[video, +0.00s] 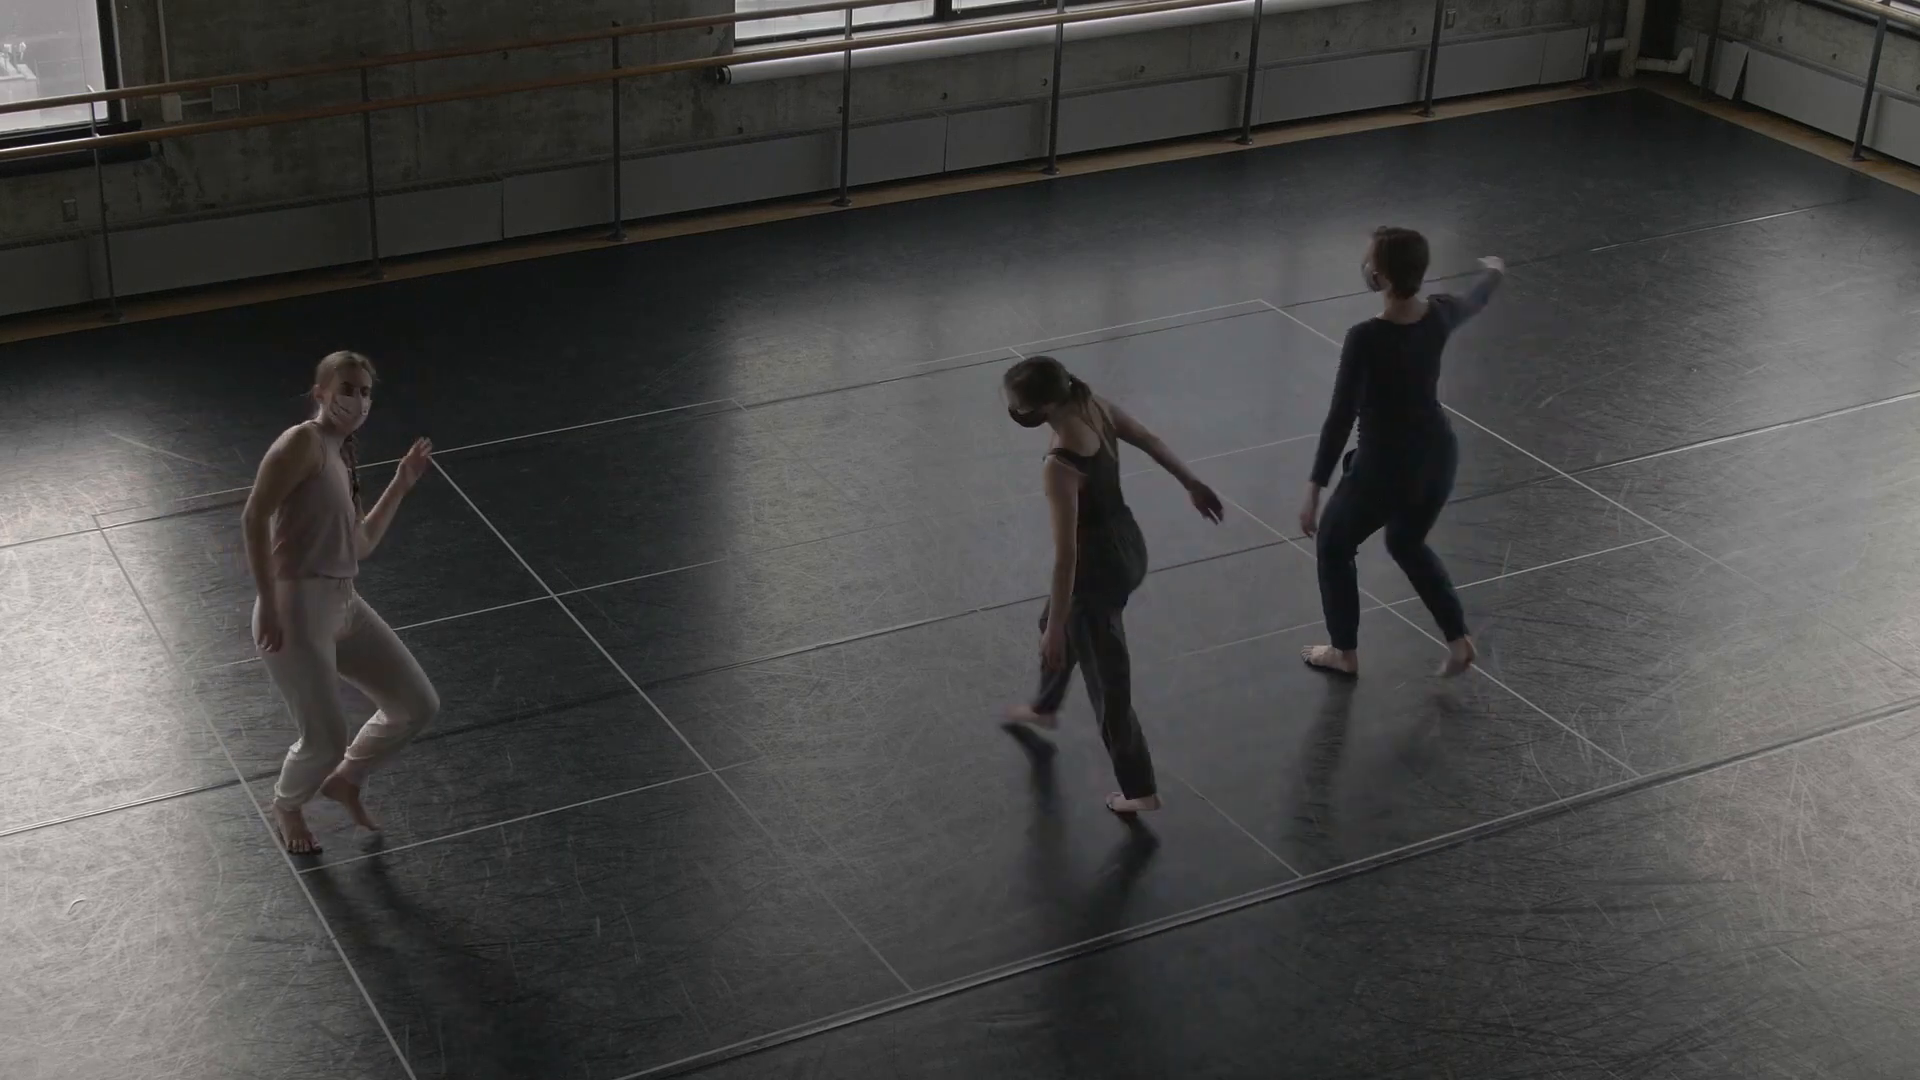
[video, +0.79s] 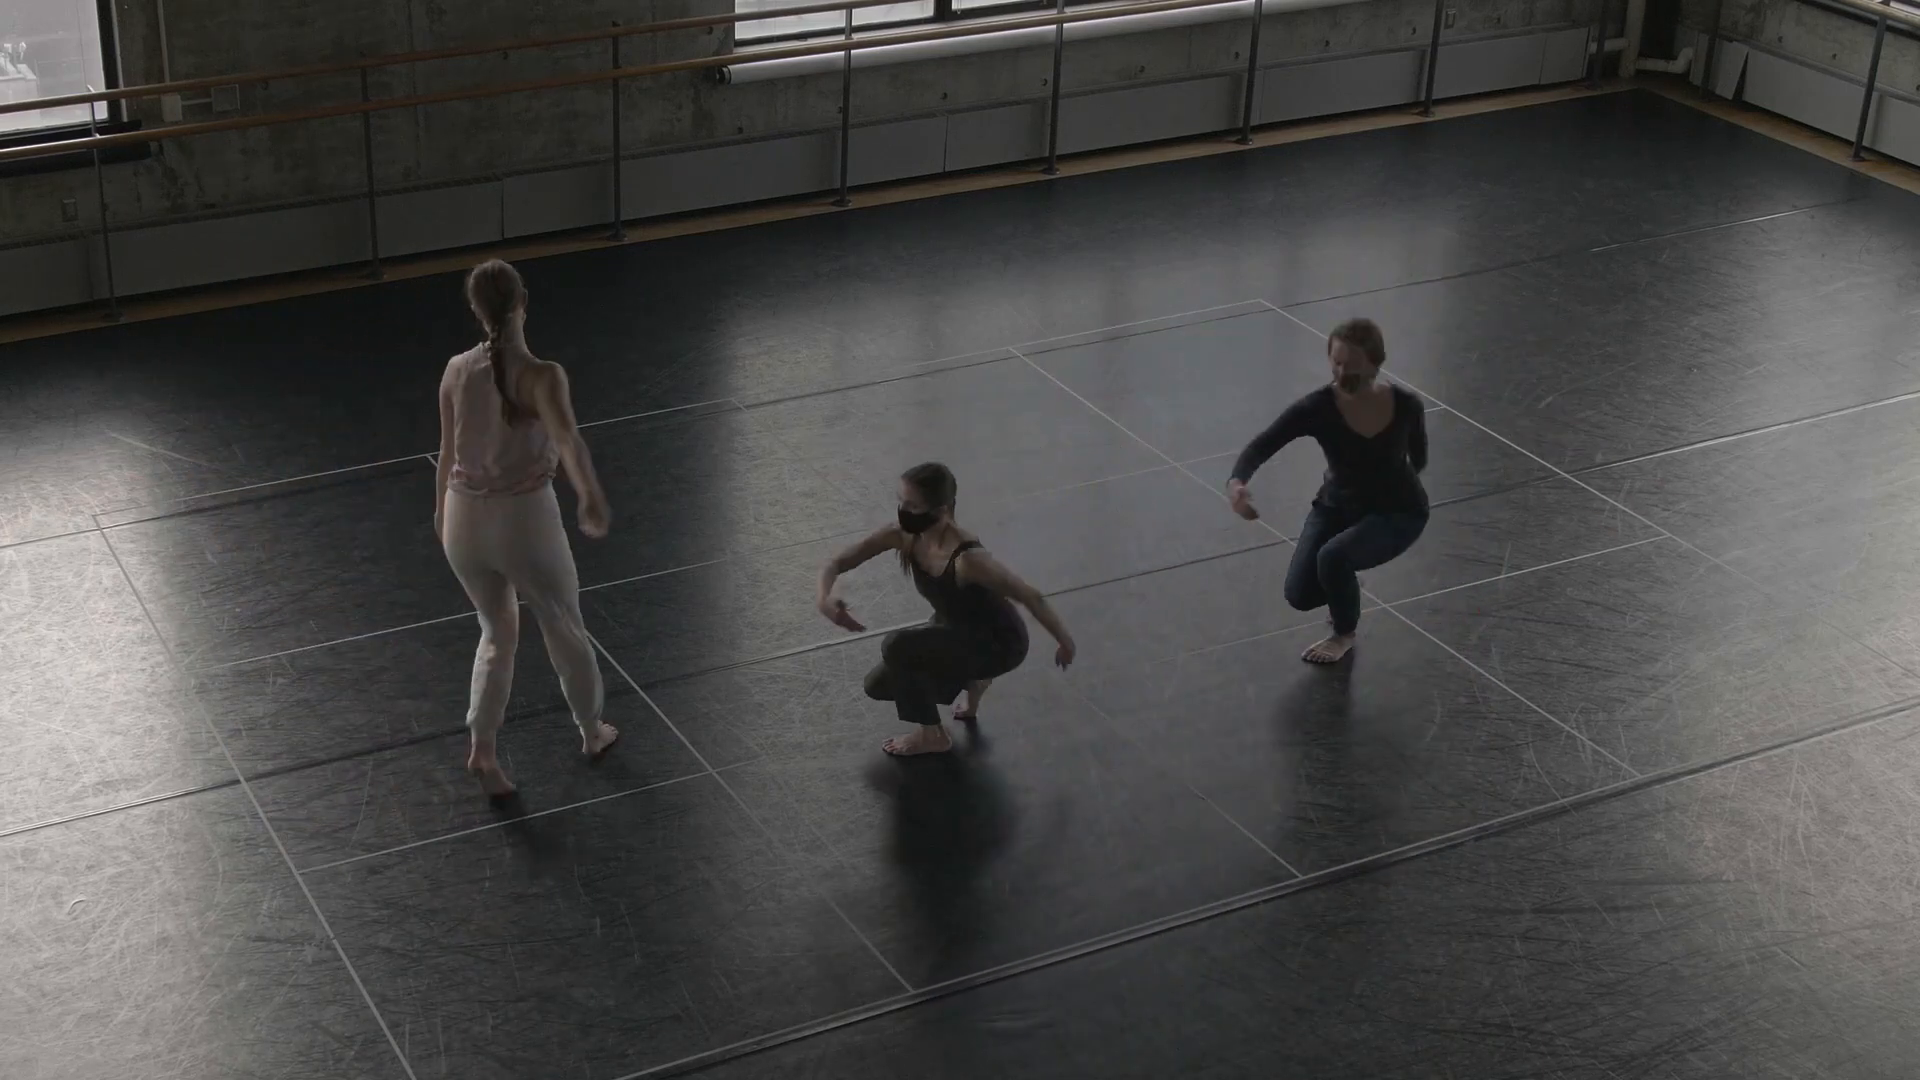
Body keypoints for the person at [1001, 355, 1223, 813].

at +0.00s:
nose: (1013, 414)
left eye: (1017, 410)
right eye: (1013, 407)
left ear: (1039, 411)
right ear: (1060, 387)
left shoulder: (1061, 466)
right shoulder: (1093, 407)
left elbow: (1066, 557)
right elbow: (1147, 441)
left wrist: (1055, 628)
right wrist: (1193, 483)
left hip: (1097, 577)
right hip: (1127, 553)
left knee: (1108, 683)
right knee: (1054, 623)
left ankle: (1140, 790)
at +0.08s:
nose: (993, 405)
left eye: (997, 400)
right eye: (993, 398)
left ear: (1018, 404)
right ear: (1038, 381)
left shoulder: (1045, 454)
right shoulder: (1058, 399)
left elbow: (1067, 542)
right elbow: (1100, 427)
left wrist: (1066, 624)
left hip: (1077, 564)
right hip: (1078, 545)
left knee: (1059, 674)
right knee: (1030, 608)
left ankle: (1129, 769)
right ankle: (1000, 683)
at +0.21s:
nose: (964, 409)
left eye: (972, 405)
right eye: (964, 400)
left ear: (999, 405)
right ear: (1009, 395)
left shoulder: (1023, 462)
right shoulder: (1013, 410)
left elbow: (1062, 542)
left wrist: (1083, 618)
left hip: (1051, 565)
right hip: (1028, 544)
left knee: (975, 659)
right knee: (972, 620)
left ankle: (1054, 731)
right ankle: (1001, 700)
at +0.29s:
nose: (947, 412)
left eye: (953, 409)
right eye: (948, 406)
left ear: (979, 416)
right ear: (990, 407)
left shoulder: (1006, 470)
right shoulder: (990, 419)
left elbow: (1049, 547)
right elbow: (937, 429)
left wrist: (1081, 614)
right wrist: (896, 427)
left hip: (1040, 574)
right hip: (1017, 549)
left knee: (941, 638)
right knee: (964, 621)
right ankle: (999, 703)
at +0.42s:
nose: (925, 450)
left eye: (935, 445)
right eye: (925, 441)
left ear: (968, 445)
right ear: (959, 441)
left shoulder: (982, 499)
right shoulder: (947, 460)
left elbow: (1031, 570)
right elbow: (867, 464)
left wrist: (1064, 633)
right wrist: (795, 468)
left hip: (1018, 600)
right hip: (992, 578)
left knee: (910, 641)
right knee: (928, 629)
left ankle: (931, 729)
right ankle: (990, 690)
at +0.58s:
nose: (901, 499)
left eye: (910, 496)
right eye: (902, 490)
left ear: (942, 502)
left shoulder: (956, 555)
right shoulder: (923, 517)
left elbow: (1012, 614)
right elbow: (846, 529)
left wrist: (1051, 674)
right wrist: (793, 544)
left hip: (991, 651)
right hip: (970, 629)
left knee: (888, 651)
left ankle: (930, 732)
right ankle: (984, 680)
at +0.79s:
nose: (901, 515)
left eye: (910, 511)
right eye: (900, 505)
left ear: (943, 513)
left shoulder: (968, 559)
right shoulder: (904, 535)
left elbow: (1031, 597)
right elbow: (838, 563)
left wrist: (1065, 641)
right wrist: (824, 598)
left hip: (997, 645)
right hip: (953, 629)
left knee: (899, 646)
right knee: (878, 683)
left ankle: (932, 733)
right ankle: (972, 681)